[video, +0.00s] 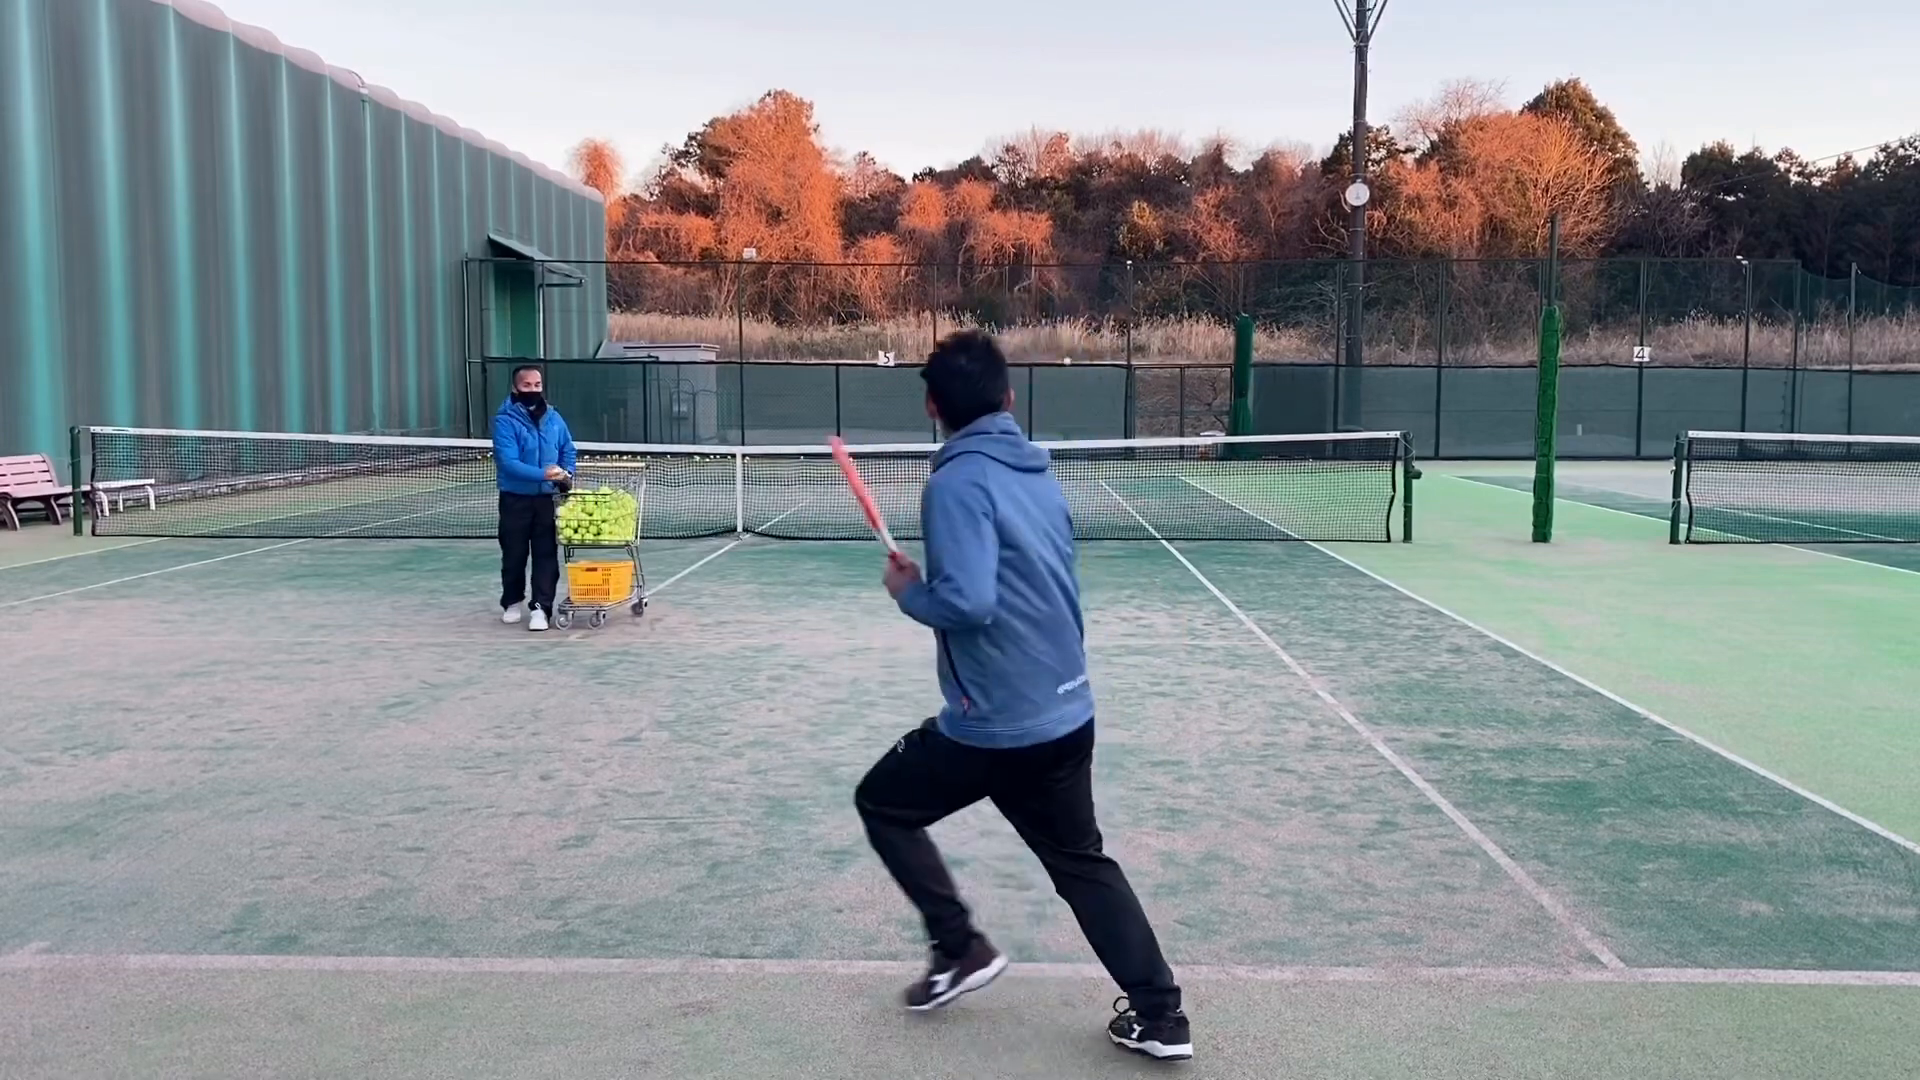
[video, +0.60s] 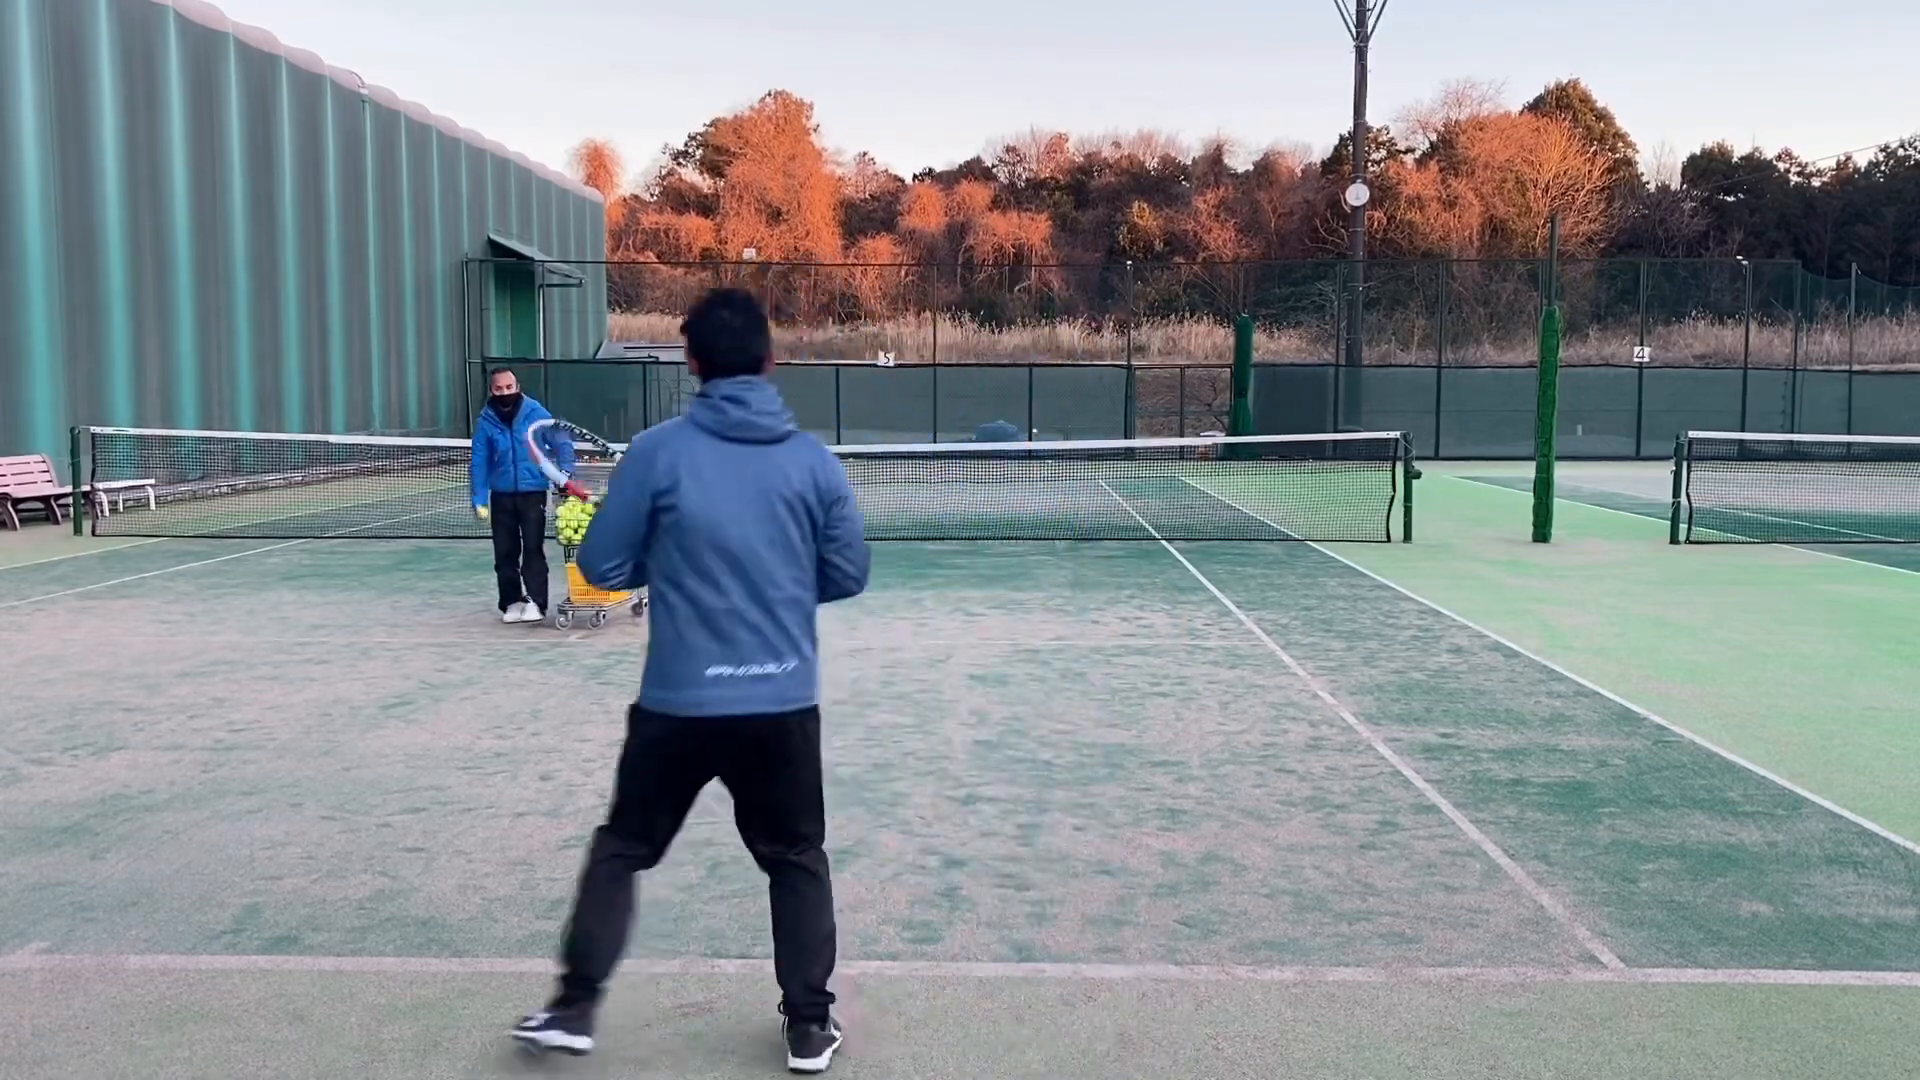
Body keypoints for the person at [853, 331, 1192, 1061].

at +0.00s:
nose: (926, 403)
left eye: (927, 394)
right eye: (928, 392)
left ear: (935, 404)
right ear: (1006, 395)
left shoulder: (957, 482)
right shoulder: (1034, 469)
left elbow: (968, 601)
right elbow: (1047, 579)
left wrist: (909, 591)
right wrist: (953, 571)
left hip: (998, 725)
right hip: (1063, 711)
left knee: (884, 803)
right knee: (1081, 863)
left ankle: (960, 948)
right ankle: (1161, 1015)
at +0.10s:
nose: (885, 398)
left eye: (887, 388)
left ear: (895, 397)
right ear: (968, 388)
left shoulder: (909, 476)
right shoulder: (1006, 473)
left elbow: (903, 597)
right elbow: (1031, 584)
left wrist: (858, 578)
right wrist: (922, 566)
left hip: (951, 716)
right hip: (1028, 705)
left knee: (843, 808)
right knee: (1062, 851)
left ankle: (859, 976)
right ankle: (1155, 1003)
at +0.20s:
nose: (841, 382)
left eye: (840, 373)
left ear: (847, 382)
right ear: (923, 377)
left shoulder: (842, 466)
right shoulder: (961, 462)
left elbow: (816, 586)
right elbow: (998, 568)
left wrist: (811, 544)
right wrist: (917, 563)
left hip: (876, 715)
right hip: (968, 705)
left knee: (804, 839)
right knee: (1024, 839)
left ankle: (829, 1002)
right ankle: (1130, 989)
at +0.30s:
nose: (801, 360)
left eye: (802, 350)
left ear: (805, 355)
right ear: (878, 350)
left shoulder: (782, 437)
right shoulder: (919, 442)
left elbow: (738, 551)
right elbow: (956, 551)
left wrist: (752, 505)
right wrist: (876, 548)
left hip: (819, 693)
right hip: (914, 685)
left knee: (793, 840)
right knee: (955, 829)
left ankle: (829, 1002)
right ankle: (1039, 986)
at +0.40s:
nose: (762, 329)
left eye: (763, 319)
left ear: (765, 323)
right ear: (839, 317)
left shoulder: (739, 406)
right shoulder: (885, 411)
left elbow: (687, 515)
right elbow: (919, 524)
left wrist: (749, 503)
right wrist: (846, 525)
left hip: (775, 658)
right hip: (868, 654)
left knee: (786, 822)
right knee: (877, 813)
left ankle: (813, 989)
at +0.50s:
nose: (722, 334)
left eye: (724, 323)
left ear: (730, 328)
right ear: (804, 323)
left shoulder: (703, 410)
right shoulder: (852, 416)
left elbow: (645, 525)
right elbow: (887, 533)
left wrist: (714, 520)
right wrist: (812, 538)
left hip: (730, 662)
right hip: (823, 662)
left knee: (721, 820)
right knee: (814, 822)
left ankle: (721, 991)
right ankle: (815, 1007)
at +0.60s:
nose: (689, 365)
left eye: (687, 354)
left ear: (693, 361)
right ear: (771, 358)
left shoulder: (661, 451)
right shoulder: (811, 457)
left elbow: (602, 563)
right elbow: (848, 572)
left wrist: (666, 552)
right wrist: (769, 575)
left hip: (678, 708)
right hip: (783, 708)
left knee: (624, 843)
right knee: (797, 856)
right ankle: (810, 1027)